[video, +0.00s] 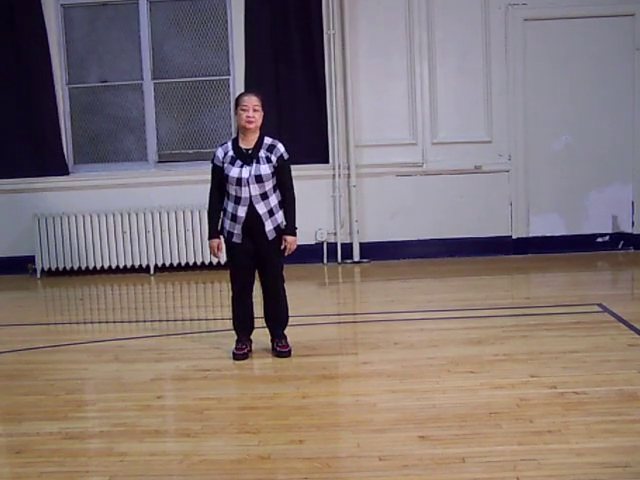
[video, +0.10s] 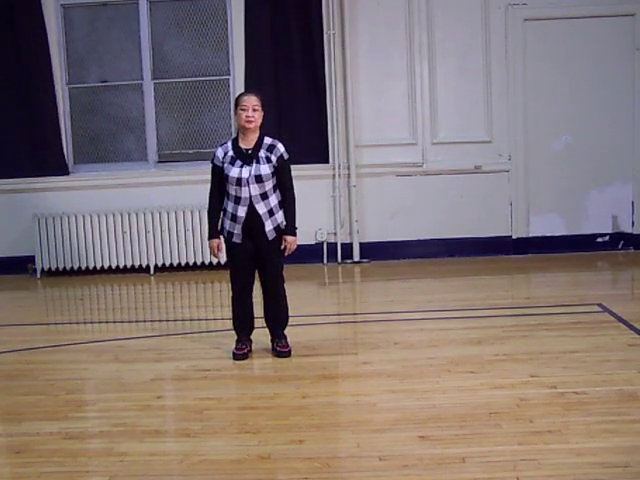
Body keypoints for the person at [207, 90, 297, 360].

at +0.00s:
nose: (250, 114)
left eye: (255, 110)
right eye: (244, 109)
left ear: (262, 115)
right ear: (236, 114)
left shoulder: (275, 149)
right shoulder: (223, 153)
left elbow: (287, 192)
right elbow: (216, 196)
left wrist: (290, 229)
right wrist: (214, 232)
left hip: (270, 230)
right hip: (237, 232)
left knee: (274, 284)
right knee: (241, 287)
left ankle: (279, 335)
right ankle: (243, 337)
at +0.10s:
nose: (249, 114)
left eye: (255, 109)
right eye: (244, 109)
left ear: (262, 114)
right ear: (236, 114)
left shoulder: (275, 149)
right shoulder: (223, 153)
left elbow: (287, 192)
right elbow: (215, 196)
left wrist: (290, 229)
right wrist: (214, 233)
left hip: (270, 230)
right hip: (236, 232)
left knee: (274, 285)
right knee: (241, 288)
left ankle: (279, 335)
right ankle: (243, 337)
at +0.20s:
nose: (249, 114)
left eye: (254, 109)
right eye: (243, 109)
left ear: (262, 114)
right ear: (235, 114)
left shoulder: (275, 149)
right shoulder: (223, 153)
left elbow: (287, 192)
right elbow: (215, 195)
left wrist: (290, 230)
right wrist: (214, 233)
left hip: (270, 230)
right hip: (236, 232)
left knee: (274, 285)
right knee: (241, 288)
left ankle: (279, 335)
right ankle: (243, 337)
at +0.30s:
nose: (248, 114)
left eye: (254, 109)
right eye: (243, 109)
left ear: (262, 114)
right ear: (235, 114)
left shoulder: (275, 149)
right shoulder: (223, 153)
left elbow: (287, 192)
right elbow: (215, 196)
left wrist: (290, 230)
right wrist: (214, 233)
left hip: (270, 230)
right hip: (236, 232)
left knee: (273, 285)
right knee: (241, 288)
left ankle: (279, 335)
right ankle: (243, 337)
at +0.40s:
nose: (248, 115)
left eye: (254, 110)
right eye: (243, 110)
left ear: (261, 114)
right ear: (235, 114)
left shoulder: (274, 149)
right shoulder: (222, 153)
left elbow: (287, 192)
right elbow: (215, 196)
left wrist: (290, 230)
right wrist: (214, 233)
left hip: (270, 230)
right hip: (236, 232)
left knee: (273, 284)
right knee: (241, 287)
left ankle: (278, 334)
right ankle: (243, 337)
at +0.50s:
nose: (248, 115)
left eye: (254, 110)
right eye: (242, 110)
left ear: (261, 114)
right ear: (235, 114)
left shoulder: (274, 150)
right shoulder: (222, 153)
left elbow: (287, 193)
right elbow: (215, 196)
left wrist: (290, 230)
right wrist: (214, 233)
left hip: (270, 230)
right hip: (236, 232)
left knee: (273, 285)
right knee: (241, 288)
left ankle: (278, 334)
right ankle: (243, 337)